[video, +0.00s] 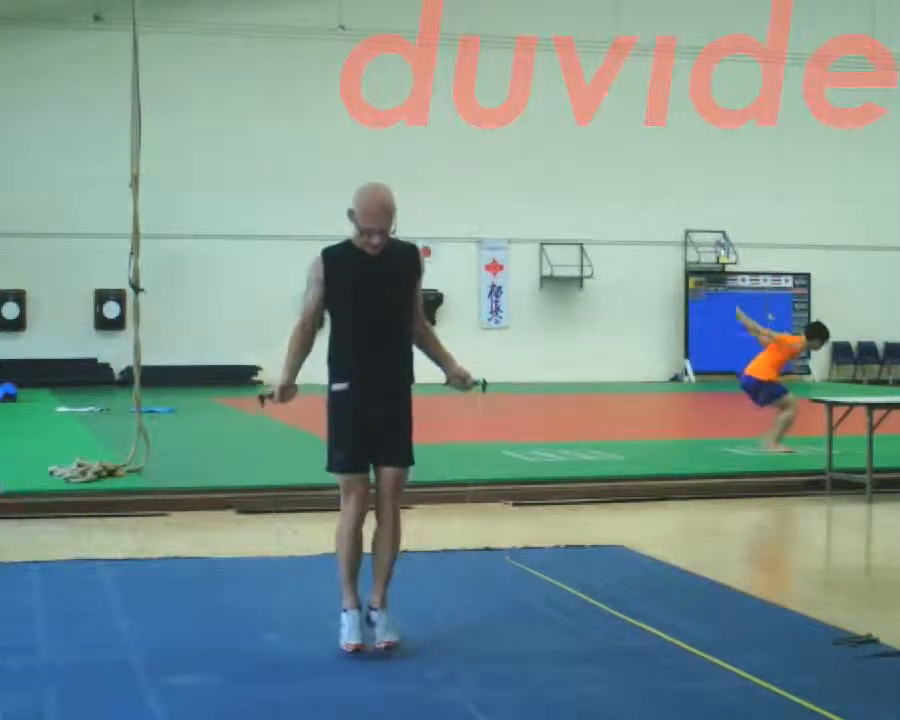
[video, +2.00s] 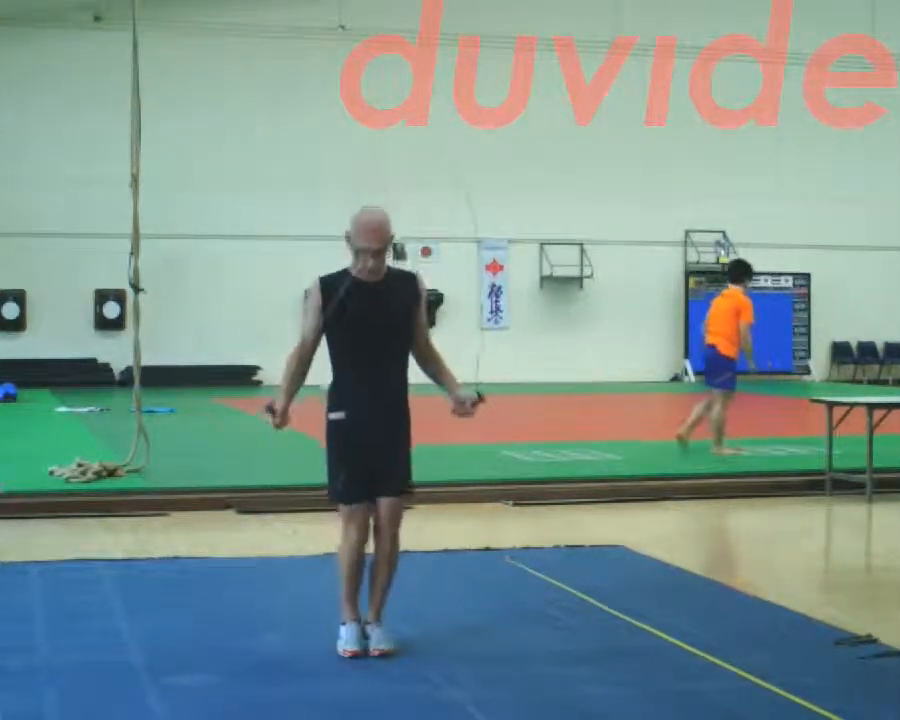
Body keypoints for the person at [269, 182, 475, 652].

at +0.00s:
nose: (376, 240)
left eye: (383, 232)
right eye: (368, 233)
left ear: (394, 222)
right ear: (353, 220)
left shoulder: (409, 258)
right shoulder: (329, 262)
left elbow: (417, 324)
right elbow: (308, 324)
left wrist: (450, 366)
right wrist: (288, 377)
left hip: (395, 392)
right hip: (349, 393)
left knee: (390, 498)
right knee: (355, 499)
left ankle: (379, 608)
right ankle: (350, 609)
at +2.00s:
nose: (372, 262)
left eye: (380, 253)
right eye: (363, 253)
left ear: (391, 245)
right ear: (348, 245)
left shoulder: (410, 287)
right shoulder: (325, 291)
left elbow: (423, 348)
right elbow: (304, 350)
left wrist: (454, 389)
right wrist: (284, 398)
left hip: (392, 416)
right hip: (348, 417)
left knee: (389, 519)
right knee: (357, 520)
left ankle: (375, 620)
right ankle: (349, 622)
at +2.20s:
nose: (372, 236)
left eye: (380, 227)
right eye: (364, 228)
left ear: (392, 217)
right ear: (349, 216)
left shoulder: (409, 257)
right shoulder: (329, 261)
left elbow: (418, 323)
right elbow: (309, 326)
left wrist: (450, 367)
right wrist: (288, 377)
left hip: (394, 392)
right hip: (349, 393)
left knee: (389, 503)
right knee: (353, 505)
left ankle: (378, 608)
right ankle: (350, 608)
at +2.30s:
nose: (372, 256)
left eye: (381, 247)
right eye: (364, 247)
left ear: (394, 236)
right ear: (349, 236)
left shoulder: (410, 277)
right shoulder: (328, 282)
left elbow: (422, 341)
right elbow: (311, 343)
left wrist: (457, 376)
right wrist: (296, 388)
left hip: (393, 408)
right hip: (347, 409)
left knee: (390, 512)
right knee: (353, 516)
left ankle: (377, 620)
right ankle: (348, 620)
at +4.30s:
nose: (376, 228)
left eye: (383, 220)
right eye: (367, 220)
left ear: (393, 219)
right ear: (351, 220)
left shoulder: (414, 266)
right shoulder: (331, 270)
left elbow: (434, 332)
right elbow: (312, 339)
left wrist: (472, 371)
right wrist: (285, 386)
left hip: (395, 394)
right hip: (348, 394)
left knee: (393, 501)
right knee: (355, 503)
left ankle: (384, 603)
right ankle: (352, 604)